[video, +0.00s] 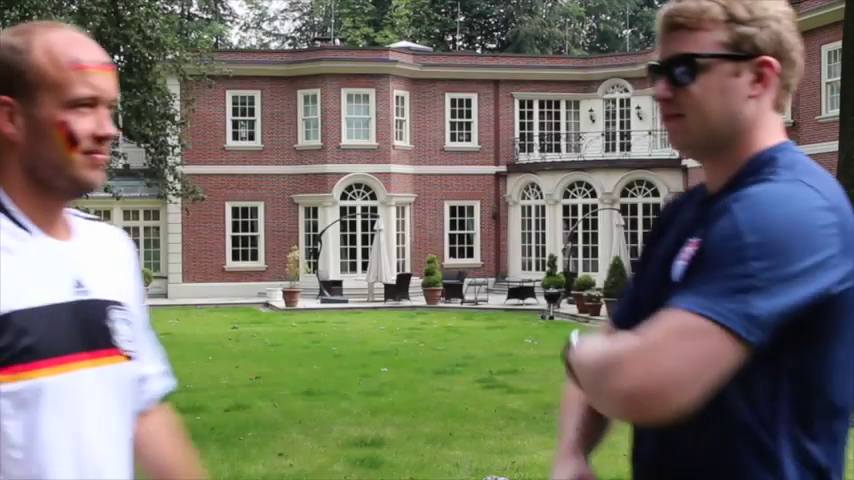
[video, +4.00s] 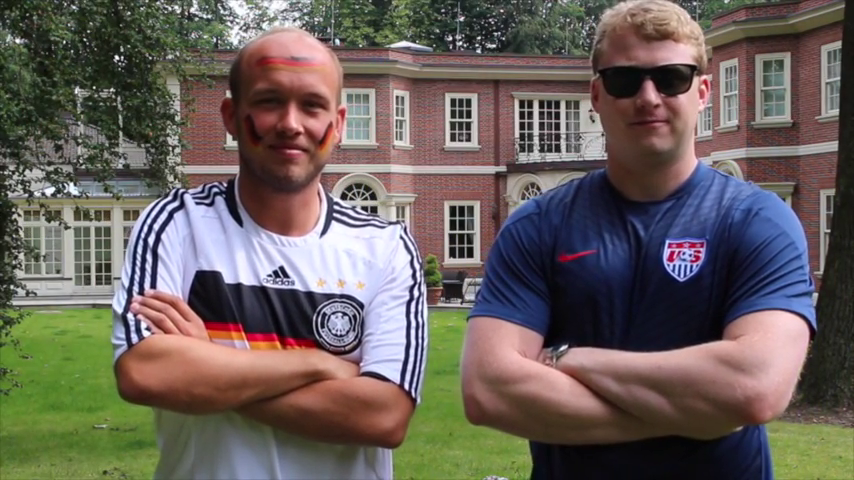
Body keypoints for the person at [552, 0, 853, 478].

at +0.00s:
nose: (661, 90)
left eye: (683, 70)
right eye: (657, 74)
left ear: (760, 79)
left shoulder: (790, 208)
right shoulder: (683, 214)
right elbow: (609, 345)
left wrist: (580, 349)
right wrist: (570, 453)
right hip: (662, 468)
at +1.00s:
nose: (643, 88)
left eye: (664, 72)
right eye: (620, 72)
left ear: (694, 94)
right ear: (591, 96)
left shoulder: (750, 217)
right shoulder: (528, 225)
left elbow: (751, 377)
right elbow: (482, 383)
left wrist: (561, 353)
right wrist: (669, 401)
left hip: (713, 473)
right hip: (566, 474)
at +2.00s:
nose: (640, 92)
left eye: (661, 74)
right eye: (615, 76)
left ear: (694, 91)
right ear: (588, 97)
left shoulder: (750, 219)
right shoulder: (529, 226)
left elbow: (745, 386)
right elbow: (479, 389)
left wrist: (557, 358)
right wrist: (669, 409)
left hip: (712, 473)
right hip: (564, 473)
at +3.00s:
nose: (639, 94)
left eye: (661, 76)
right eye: (615, 77)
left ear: (694, 92)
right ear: (589, 96)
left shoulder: (750, 219)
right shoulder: (529, 227)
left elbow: (746, 387)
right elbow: (479, 390)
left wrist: (557, 360)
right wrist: (672, 410)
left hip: (713, 473)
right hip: (564, 473)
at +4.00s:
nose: (648, 97)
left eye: (670, 78)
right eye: (624, 80)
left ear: (703, 91)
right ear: (596, 95)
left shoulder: (758, 221)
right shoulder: (536, 227)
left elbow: (756, 389)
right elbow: (488, 391)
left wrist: (566, 361)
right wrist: (682, 413)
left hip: (719, 473)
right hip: (571, 473)